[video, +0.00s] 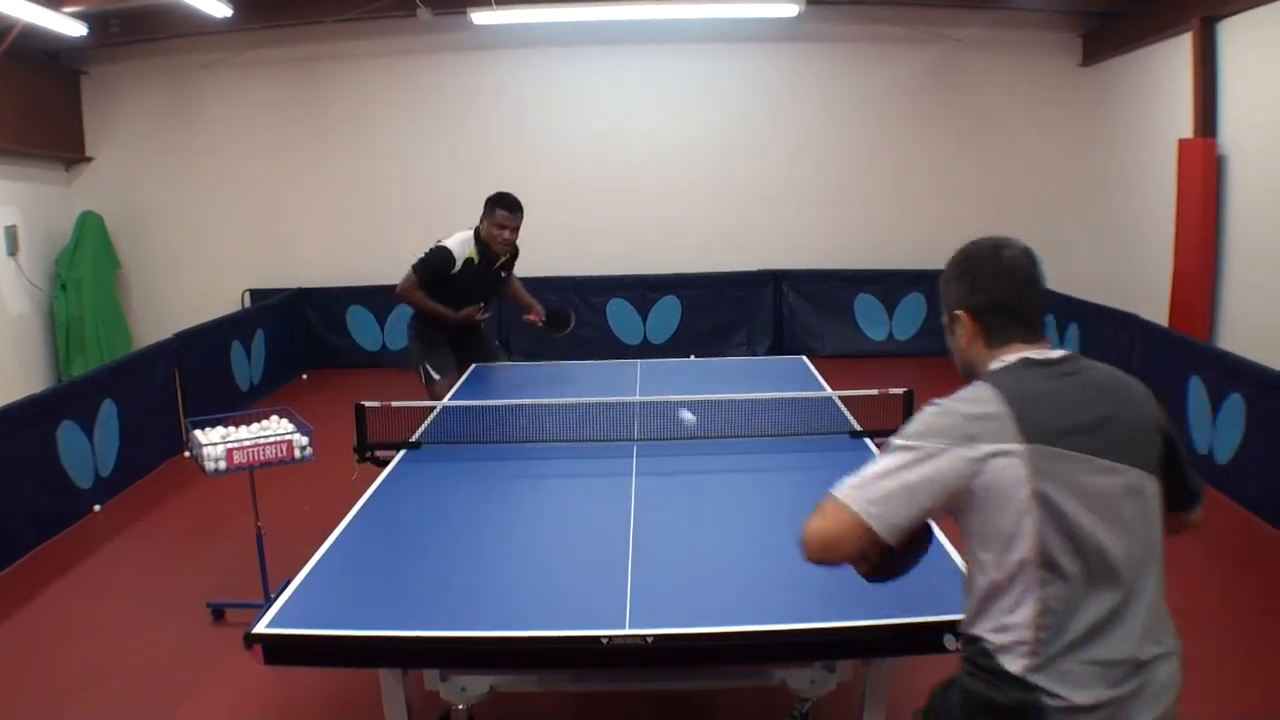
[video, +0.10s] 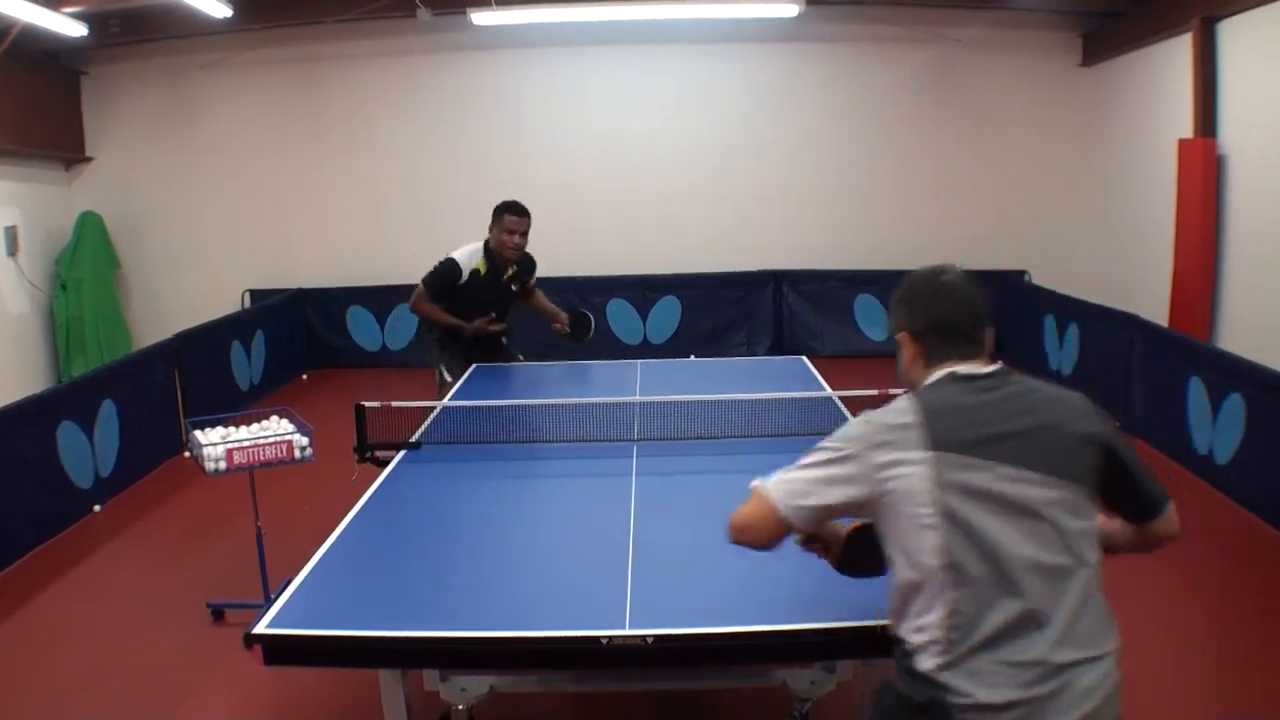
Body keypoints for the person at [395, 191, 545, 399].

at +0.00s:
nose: (507, 236)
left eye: (514, 230)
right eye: (499, 228)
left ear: (519, 229)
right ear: (483, 222)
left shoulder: (510, 253)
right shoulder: (451, 251)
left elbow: (504, 279)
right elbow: (406, 289)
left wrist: (531, 305)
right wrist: (454, 316)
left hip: (469, 329)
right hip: (431, 331)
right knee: (451, 401)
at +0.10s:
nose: (517, 241)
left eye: (523, 235)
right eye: (509, 233)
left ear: (528, 237)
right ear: (491, 232)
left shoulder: (525, 264)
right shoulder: (460, 263)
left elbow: (527, 291)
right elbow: (418, 303)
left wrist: (559, 316)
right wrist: (467, 328)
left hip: (494, 341)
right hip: (453, 344)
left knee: (527, 383)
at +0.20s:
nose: (534, 237)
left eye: (540, 230)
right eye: (527, 229)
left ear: (545, 231)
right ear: (510, 227)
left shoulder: (549, 263)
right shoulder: (478, 261)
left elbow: (557, 294)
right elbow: (438, 298)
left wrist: (583, 319)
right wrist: (480, 324)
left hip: (526, 349)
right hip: (483, 352)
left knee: (566, 382)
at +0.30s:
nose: (556, 225)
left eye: (562, 219)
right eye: (549, 217)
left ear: (567, 221)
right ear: (532, 214)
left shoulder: (565, 252)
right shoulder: (497, 250)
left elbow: (573, 289)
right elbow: (462, 289)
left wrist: (601, 320)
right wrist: (507, 310)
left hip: (543, 337)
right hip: (500, 340)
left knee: (583, 380)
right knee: (502, 403)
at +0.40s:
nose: (578, 227)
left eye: (584, 222)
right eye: (572, 219)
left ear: (588, 225)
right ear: (555, 216)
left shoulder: (577, 258)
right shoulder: (521, 249)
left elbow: (580, 299)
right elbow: (493, 292)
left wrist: (617, 329)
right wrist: (542, 305)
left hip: (551, 339)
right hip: (509, 342)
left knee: (593, 373)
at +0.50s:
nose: (602, 246)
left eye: (607, 241)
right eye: (596, 238)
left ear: (611, 243)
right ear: (579, 235)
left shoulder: (589, 276)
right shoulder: (553, 263)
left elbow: (589, 323)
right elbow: (533, 307)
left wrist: (623, 351)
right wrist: (579, 318)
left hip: (558, 353)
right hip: (526, 354)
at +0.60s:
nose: (624, 269)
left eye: (629, 264)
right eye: (619, 261)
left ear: (633, 266)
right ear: (602, 256)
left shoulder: (603, 287)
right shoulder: (586, 277)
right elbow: (575, 323)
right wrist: (615, 340)